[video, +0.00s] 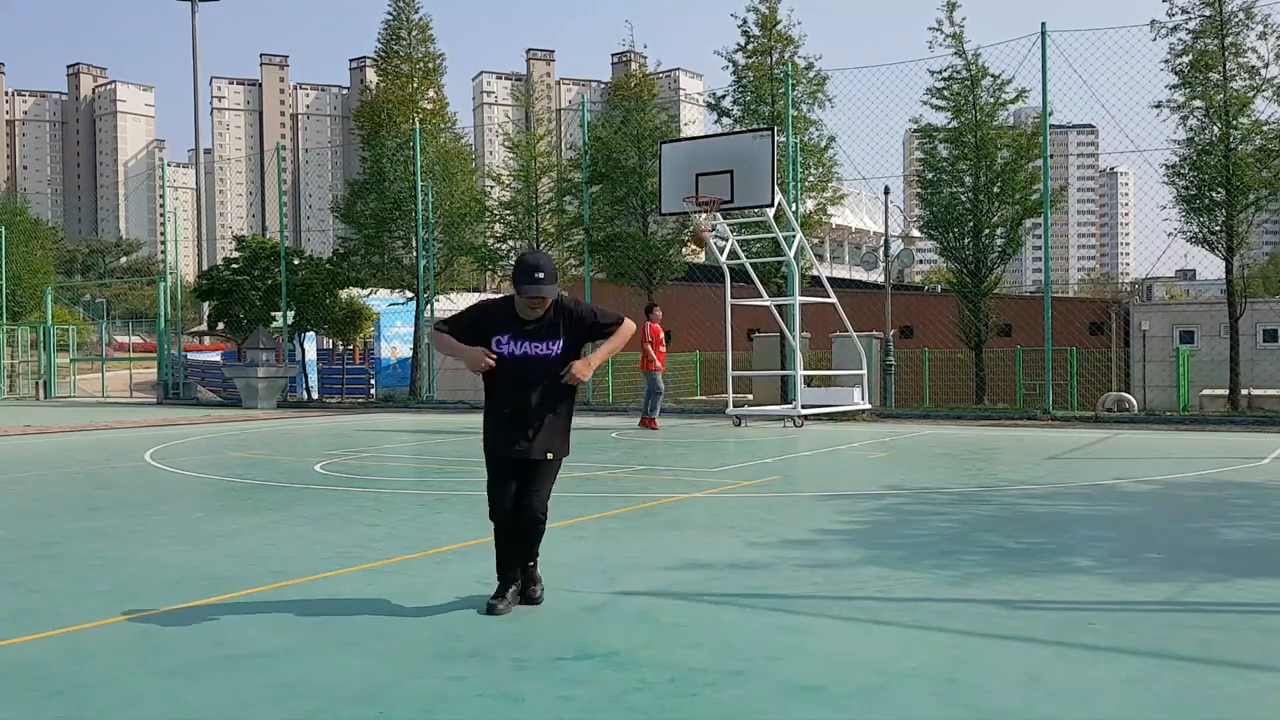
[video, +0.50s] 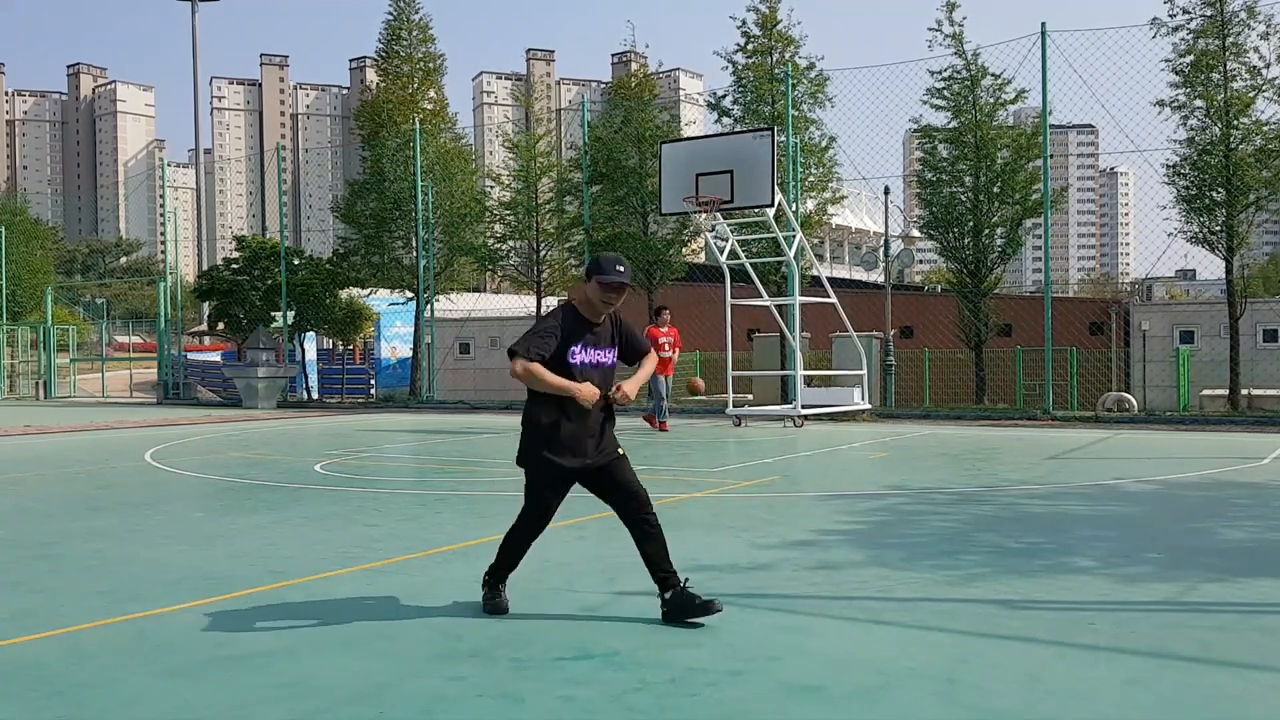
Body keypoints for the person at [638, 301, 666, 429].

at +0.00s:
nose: (660, 313)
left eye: (660, 311)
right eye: (656, 311)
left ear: (660, 313)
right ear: (650, 314)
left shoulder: (657, 327)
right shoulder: (648, 326)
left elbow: (657, 345)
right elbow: (646, 344)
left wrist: (661, 362)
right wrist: (655, 360)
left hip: (656, 365)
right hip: (650, 365)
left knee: (651, 391)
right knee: (659, 389)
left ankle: (646, 417)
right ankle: (651, 417)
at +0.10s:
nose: (661, 317)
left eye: (662, 314)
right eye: (658, 315)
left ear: (663, 317)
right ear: (652, 318)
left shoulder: (662, 331)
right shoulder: (648, 330)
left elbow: (662, 348)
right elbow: (646, 349)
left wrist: (667, 358)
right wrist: (651, 366)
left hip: (660, 367)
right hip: (651, 367)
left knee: (652, 392)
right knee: (661, 389)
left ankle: (645, 417)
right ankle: (651, 416)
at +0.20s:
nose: (662, 316)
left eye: (663, 314)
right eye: (659, 314)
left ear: (665, 316)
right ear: (653, 316)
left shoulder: (664, 329)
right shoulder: (648, 329)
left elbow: (667, 347)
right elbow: (645, 347)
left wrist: (672, 360)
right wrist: (645, 365)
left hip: (662, 365)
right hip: (653, 365)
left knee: (653, 391)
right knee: (661, 388)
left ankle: (645, 417)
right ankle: (656, 417)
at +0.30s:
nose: (664, 315)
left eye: (665, 313)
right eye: (661, 313)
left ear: (667, 315)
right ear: (654, 316)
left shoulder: (667, 328)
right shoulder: (648, 328)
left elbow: (671, 345)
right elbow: (643, 347)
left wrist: (674, 357)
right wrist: (640, 364)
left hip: (664, 363)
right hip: (653, 363)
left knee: (654, 390)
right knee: (660, 389)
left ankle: (647, 416)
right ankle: (660, 418)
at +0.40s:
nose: (665, 316)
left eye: (667, 314)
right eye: (663, 314)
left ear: (668, 316)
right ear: (656, 317)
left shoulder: (671, 330)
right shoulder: (650, 330)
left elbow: (675, 344)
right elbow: (643, 347)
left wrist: (675, 352)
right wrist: (640, 362)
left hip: (667, 366)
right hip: (654, 366)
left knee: (656, 393)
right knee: (660, 393)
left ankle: (647, 416)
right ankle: (662, 420)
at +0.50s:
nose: (667, 317)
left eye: (668, 314)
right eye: (664, 315)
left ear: (670, 316)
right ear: (657, 317)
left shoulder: (674, 331)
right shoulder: (650, 330)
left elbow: (677, 346)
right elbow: (646, 347)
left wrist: (675, 355)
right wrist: (652, 357)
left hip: (669, 366)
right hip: (656, 366)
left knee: (666, 394)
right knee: (661, 395)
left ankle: (651, 414)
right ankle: (663, 420)